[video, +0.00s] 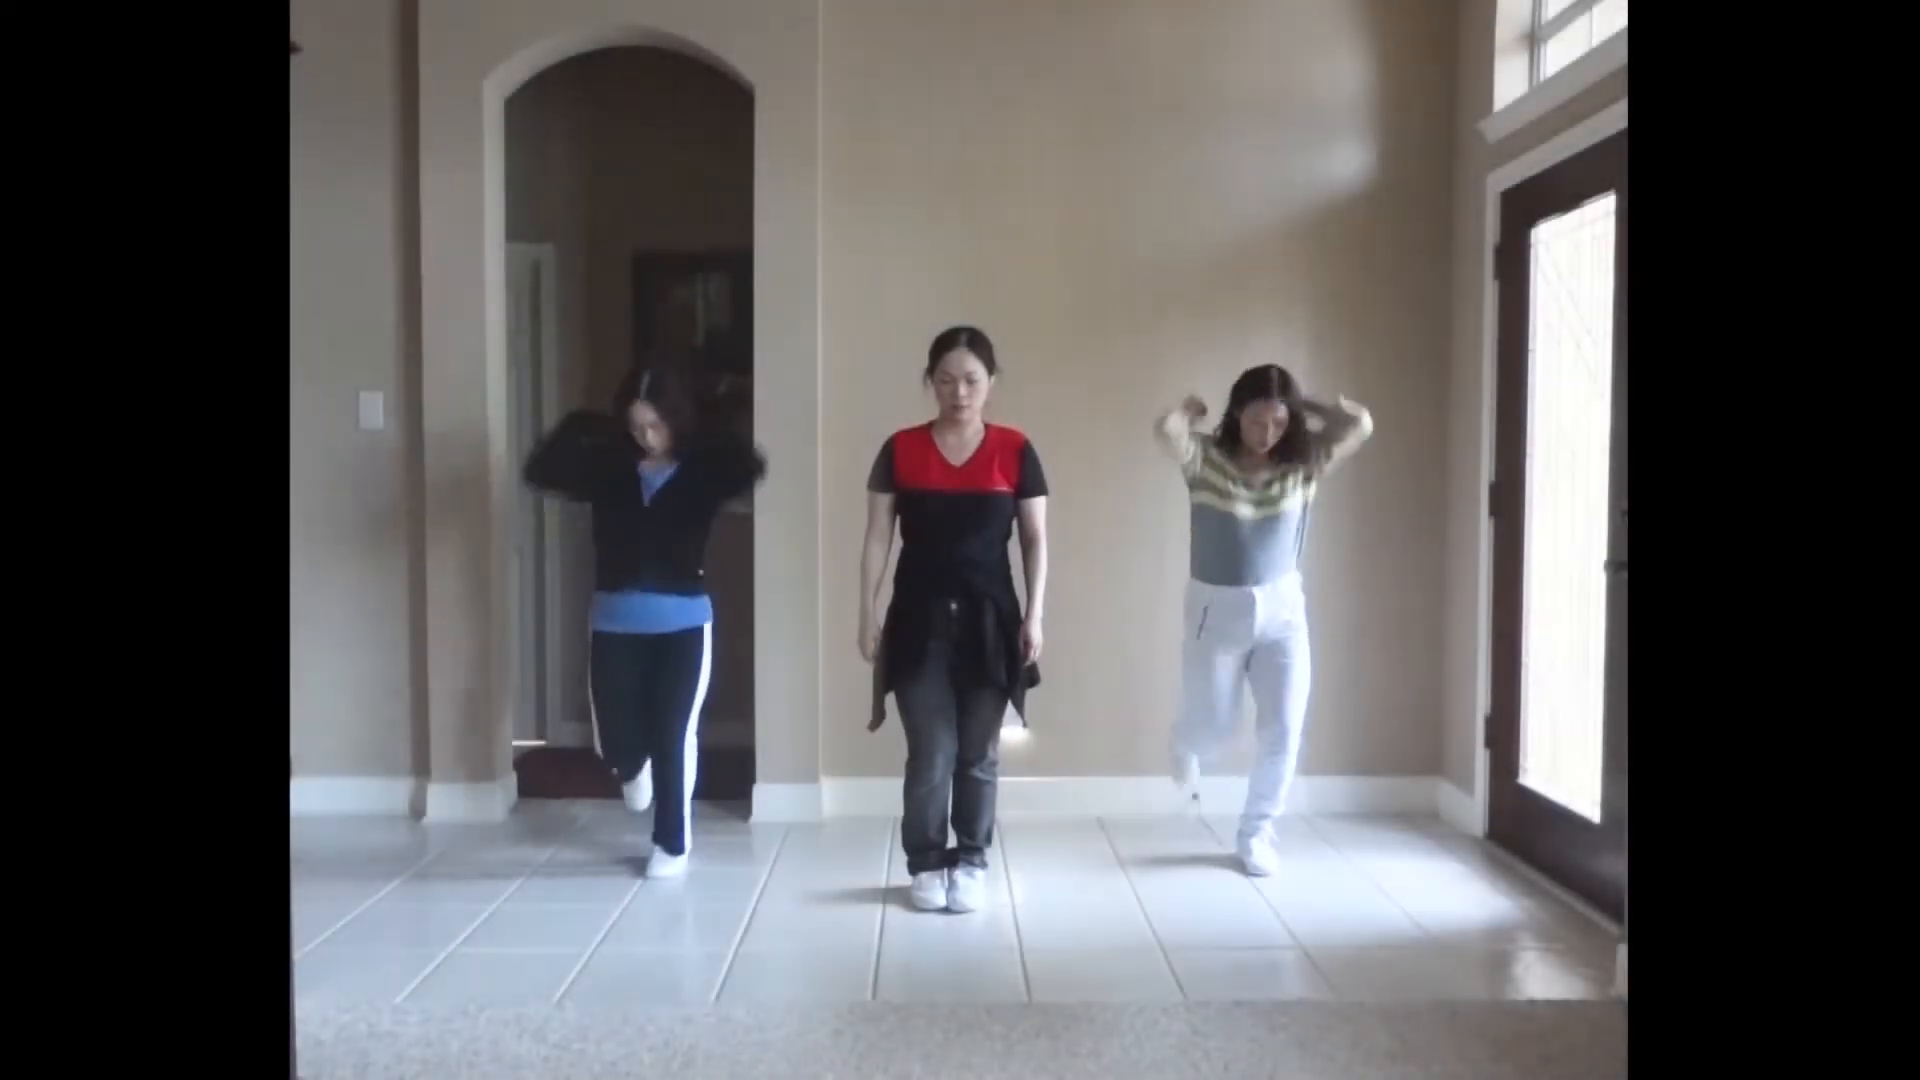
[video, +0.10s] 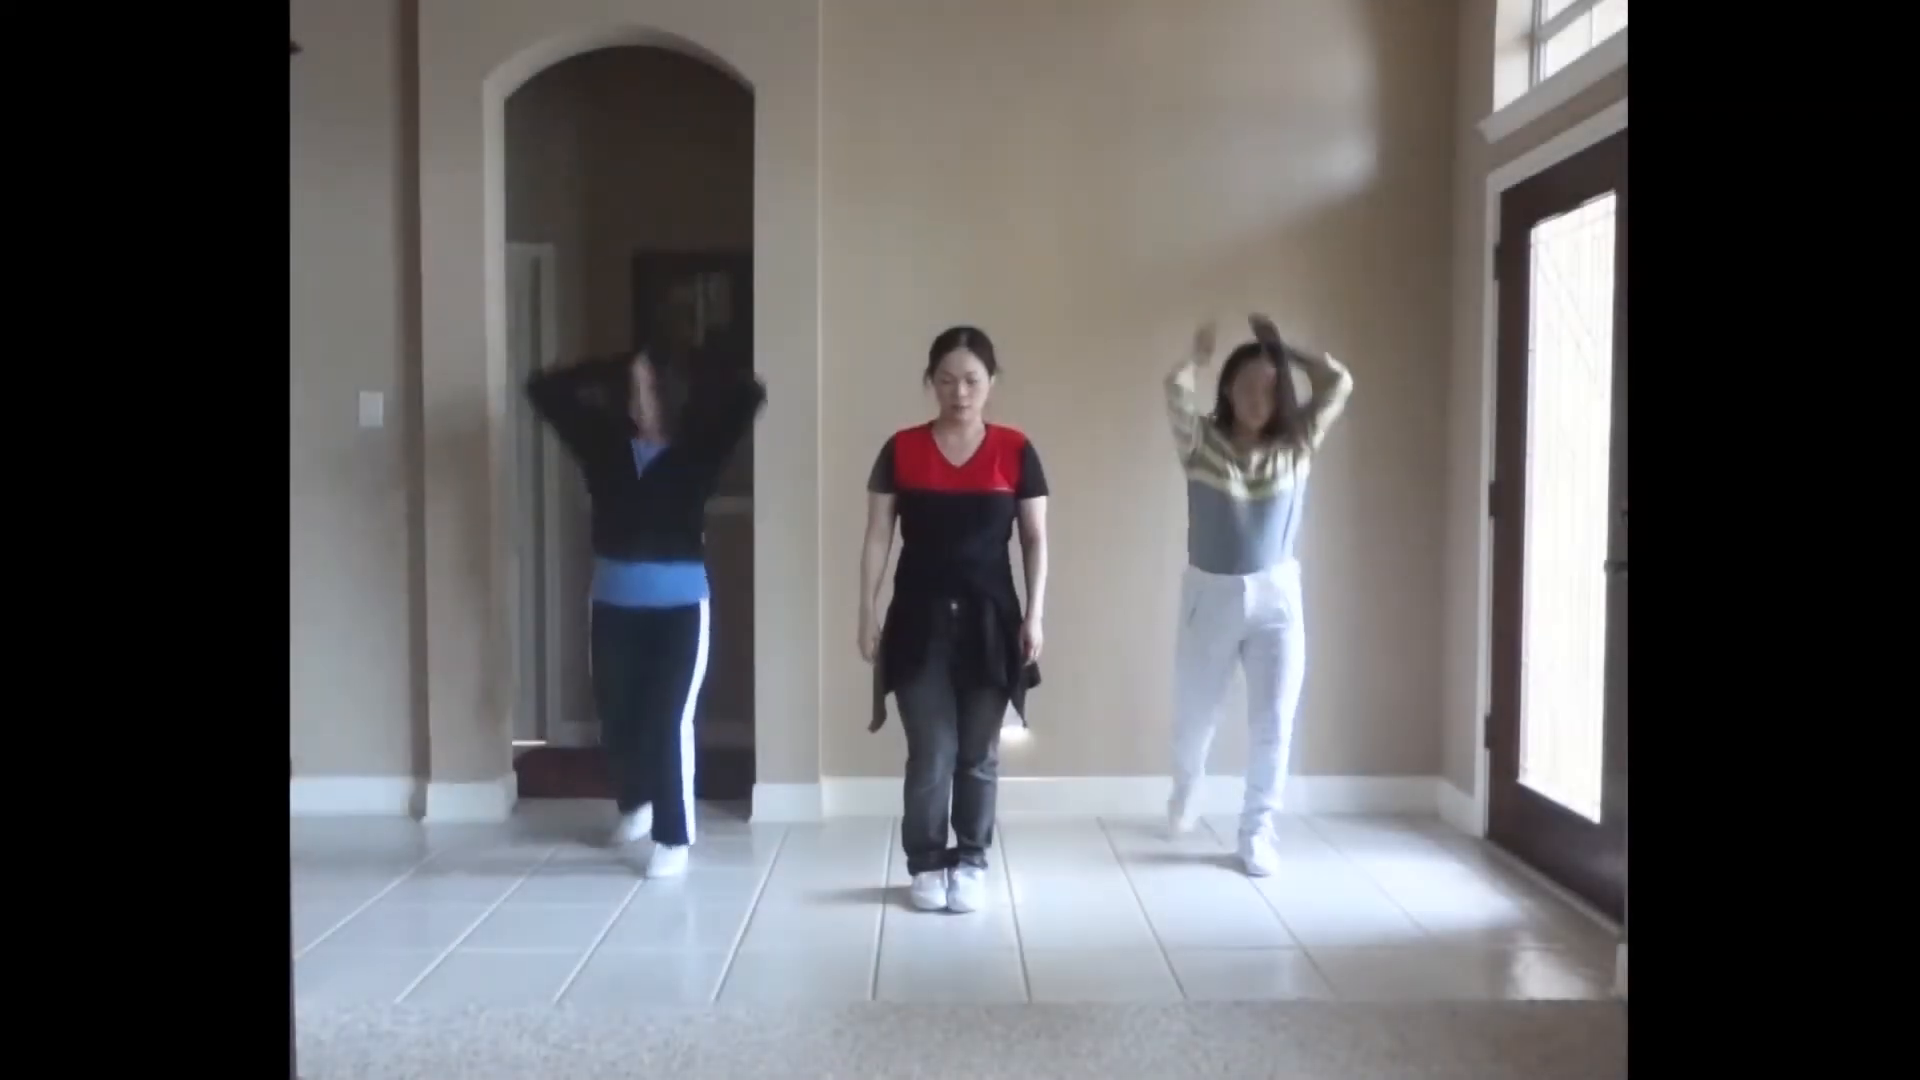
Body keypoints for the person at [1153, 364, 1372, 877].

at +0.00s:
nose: (1266, 431)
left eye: (1277, 421)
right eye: (1256, 419)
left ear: (1289, 423)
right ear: (1236, 417)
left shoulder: (1303, 467)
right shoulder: (1205, 459)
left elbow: (1361, 424)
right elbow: (1166, 431)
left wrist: (1312, 408)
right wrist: (1185, 412)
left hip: (1282, 616)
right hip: (1215, 615)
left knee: (1283, 731)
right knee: (1215, 726)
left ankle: (1257, 836)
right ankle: (1184, 747)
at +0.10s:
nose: (1258, 397)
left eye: (1269, 387)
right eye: (1247, 385)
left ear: (1281, 396)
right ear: (1229, 390)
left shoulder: (1295, 447)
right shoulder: (1202, 446)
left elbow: (1338, 385)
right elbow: (1177, 393)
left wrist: (1287, 348)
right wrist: (1197, 360)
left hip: (1276, 598)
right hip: (1210, 598)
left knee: (1273, 724)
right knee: (1195, 714)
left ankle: (1258, 834)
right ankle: (1183, 795)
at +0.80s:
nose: (1209, 418)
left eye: (1218, 407)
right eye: (1198, 406)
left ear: (1231, 418)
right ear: (1179, 413)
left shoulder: (1243, 463)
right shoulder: (1158, 461)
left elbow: (1258, 436)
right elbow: (1183, 431)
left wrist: (1233, 409)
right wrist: (1211, 408)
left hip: (1233, 591)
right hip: (1172, 596)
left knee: (1255, 711)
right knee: (1182, 721)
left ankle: (1267, 826)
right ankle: (1199, 808)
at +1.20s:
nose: (1200, 429)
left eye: (1210, 421)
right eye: (1190, 420)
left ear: (1223, 427)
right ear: (1173, 425)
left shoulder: (1238, 475)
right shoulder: (1153, 473)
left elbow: (1244, 484)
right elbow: (1183, 480)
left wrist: (1233, 490)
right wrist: (1216, 482)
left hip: (1227, 598)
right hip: (1169, 602)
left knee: (1251, 712)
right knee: (1177, 727)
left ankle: (1264, 825)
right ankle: (1199, 809)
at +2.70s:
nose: (1209, 432)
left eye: (1220, 423)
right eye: (1199, 421)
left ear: (1231, 430)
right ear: (1182, 426)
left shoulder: (1245, 486)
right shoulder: (1160, 485)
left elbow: (1257, 540)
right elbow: (1164, 542)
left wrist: (1246, 581)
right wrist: (1203, 575)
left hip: (1232, 607)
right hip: (1174, 609)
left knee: (1228, 696)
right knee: (1176, 719)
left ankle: (1242, 806)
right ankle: (1198, 808)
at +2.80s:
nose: (1214, 434)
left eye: (1224, 426)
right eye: (1205, 424)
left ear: (1236, 435)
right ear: (1186, 427)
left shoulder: (1248, 490)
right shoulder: (1161, 486)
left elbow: (1277, 546)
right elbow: (1144, 541)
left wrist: (1278, 575)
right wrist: (1159, 569)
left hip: (1233, 615)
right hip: (1173, 616)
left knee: (1225, 706)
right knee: (1173, 726)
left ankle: (1203, 815)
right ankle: (1195, 805)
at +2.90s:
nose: (1229, 437)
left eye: (1239, 431)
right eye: (1221, 426)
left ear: (1247, 439)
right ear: (1200, 424)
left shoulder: (1251, 495)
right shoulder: (1160, 481)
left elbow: (1281, 557)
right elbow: (1110, 529)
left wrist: (1308, 614)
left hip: (1228, 622)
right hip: (1167, 621)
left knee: (1222, 720)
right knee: (1166, 730)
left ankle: (1190, 820)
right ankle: (1198, 800)